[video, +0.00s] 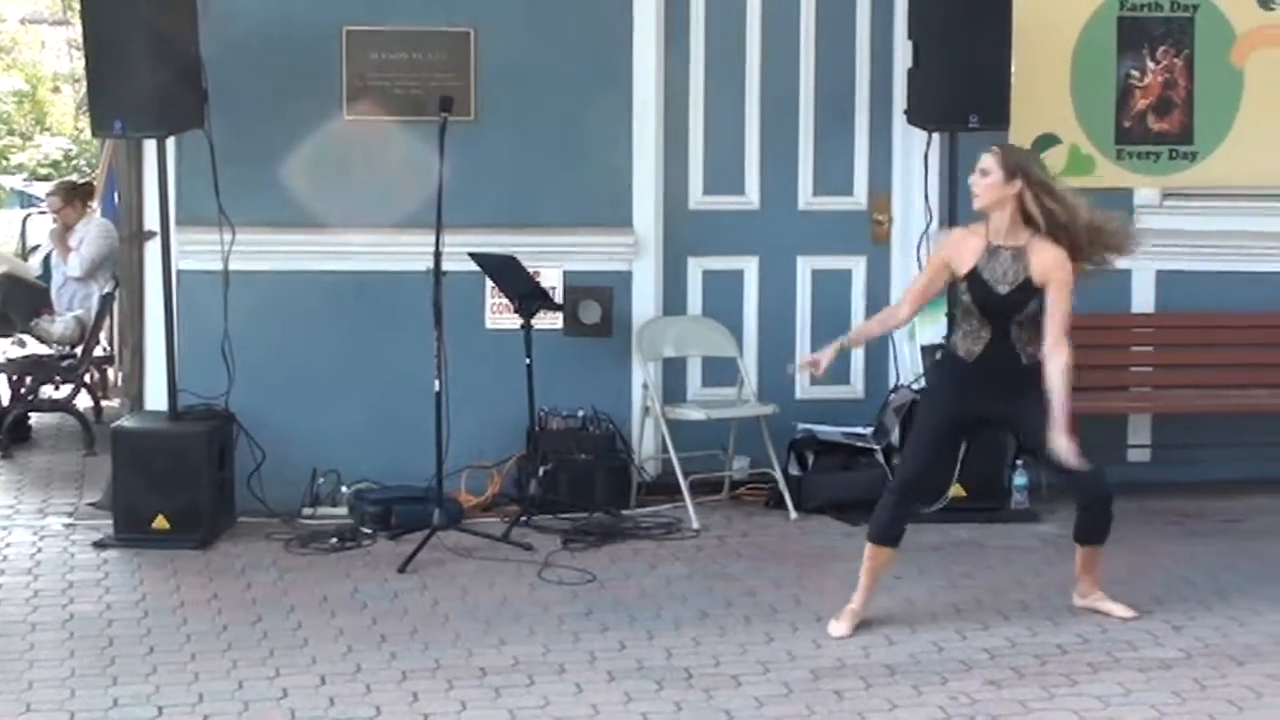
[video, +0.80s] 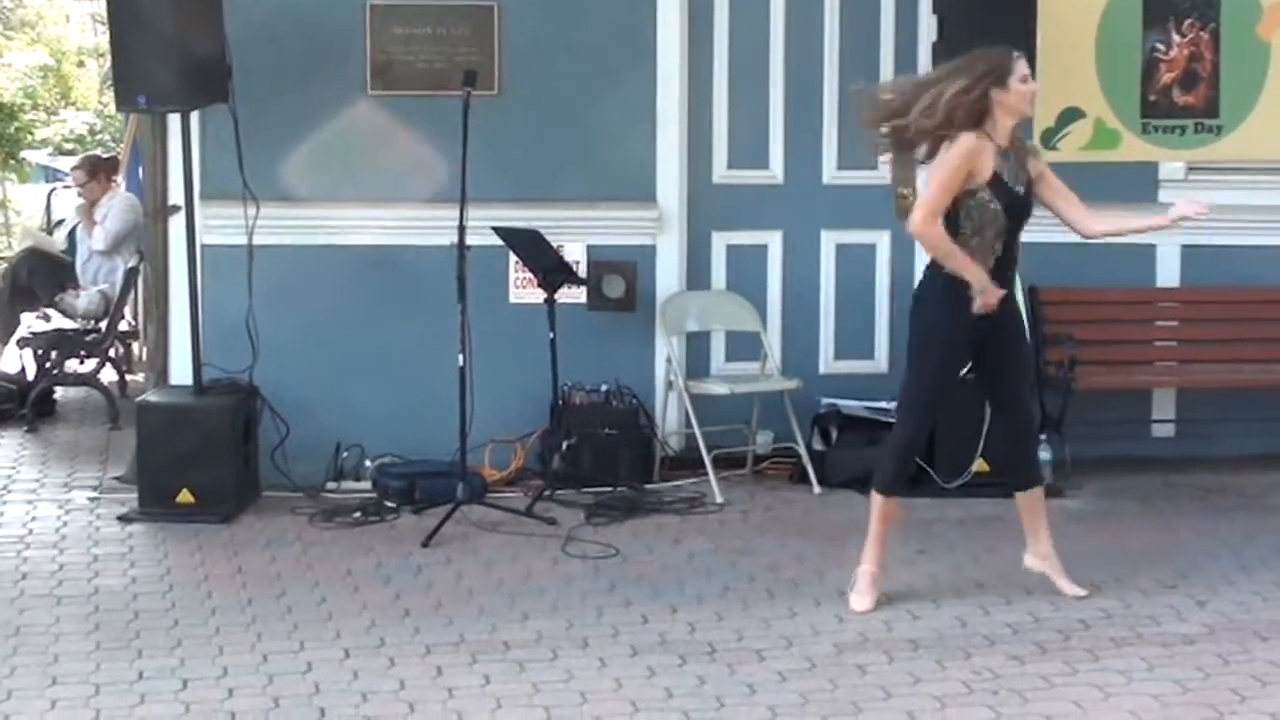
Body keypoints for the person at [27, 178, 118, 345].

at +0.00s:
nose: (55, 219)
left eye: (58, 212)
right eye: (53, 214)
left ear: (76, 206)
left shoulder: (102, 229)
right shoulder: (62, 233)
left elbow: (80, 268)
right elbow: (34, 269)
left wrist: (60, 245)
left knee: (9, 286)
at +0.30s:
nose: (64, 205)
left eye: (67, 199)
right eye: (62, 200)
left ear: (86, 192)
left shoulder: (112, 216)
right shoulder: (72, 220)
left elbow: (90, 255)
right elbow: (44, 256)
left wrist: (69, 232)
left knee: (16, 271)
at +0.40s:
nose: (73, 201)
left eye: (77, 194)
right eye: (71, 196)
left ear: (96, 188)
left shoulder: (120, 211)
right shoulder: (83, 217)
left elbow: (99, 251)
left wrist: (77, 226)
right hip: (76, 292)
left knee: (25, 267)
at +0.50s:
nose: (79, 198)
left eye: (82, 192)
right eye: (77, 193)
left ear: (102, 185)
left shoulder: (126, 209)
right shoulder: (90, 214)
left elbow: (104, 248)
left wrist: (83, 223)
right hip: (84, 291)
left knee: (31, 265)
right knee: (14, 298)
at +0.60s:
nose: (82, 196)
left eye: (85, 189)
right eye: (80, 191)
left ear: (104, 183)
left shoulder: (129, 207)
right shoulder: (93, 212)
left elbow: (108, 246)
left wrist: (88, 224)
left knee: (36, 263)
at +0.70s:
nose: (80, 193)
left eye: (83, 187)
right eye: (77, 188)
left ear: (103, 180)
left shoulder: (127, 204)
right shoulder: (91, 210)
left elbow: (105, 243)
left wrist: (87, 220)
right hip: (84, 286)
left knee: (32, 260)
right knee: (14, 293)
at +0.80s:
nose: (78, 192)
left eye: (82, 186)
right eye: (76, 187)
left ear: (101, 180)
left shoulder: (126, 204)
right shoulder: (90, 209)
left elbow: (103, 242)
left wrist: (85, 217)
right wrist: (76, 284)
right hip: (84, 286)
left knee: (31, 259)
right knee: (13, 291)